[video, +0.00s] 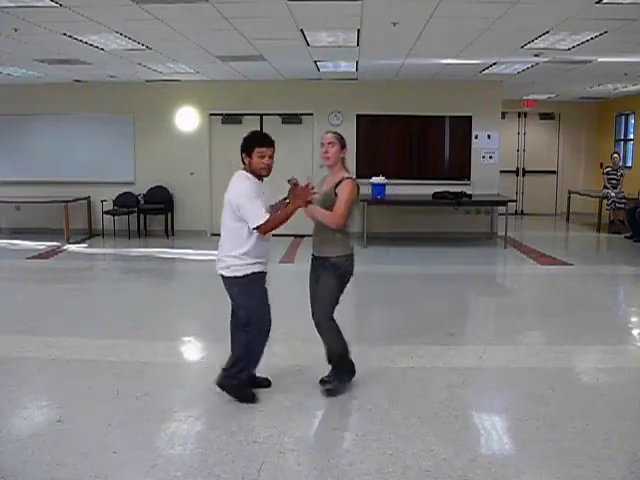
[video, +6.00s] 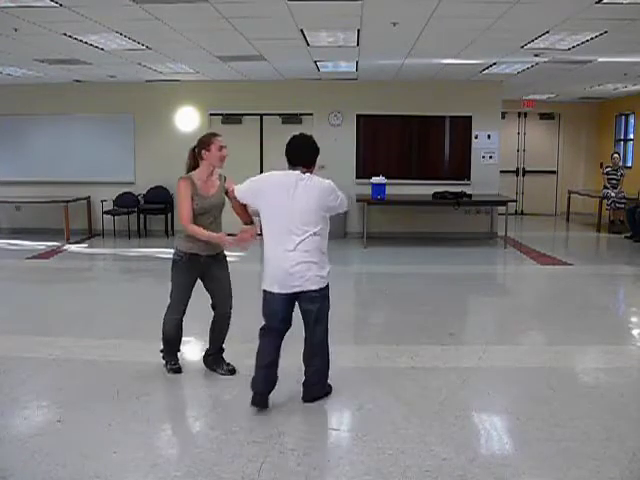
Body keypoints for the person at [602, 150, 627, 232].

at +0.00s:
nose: (615, 160)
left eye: (616, 158)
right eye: (613, 158)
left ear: (619, 160)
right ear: (611, 160)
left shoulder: (621, 171)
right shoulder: (607, 169)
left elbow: (621, 183)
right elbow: (605, 182)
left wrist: (617, 190)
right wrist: (611, 189)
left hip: (617, 188)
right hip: (608, 188)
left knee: (622, 196)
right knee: (612, 196)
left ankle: (621, 217)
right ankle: (611, 217)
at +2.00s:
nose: (615, 160)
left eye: (616, 158)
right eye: (613, 158)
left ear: (619, 159)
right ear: (611, 160)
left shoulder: (621, 170)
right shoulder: (606, 169)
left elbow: (621, 183)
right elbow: (605, 182)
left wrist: (617, 190)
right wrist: (611, 189)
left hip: (617, 188)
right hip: (608, 188)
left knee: (622, 196)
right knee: (611, 196)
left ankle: (621, 216)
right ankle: (611, 216)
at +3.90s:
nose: (615, 160)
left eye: (617, 158)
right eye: (613, 158)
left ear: (619, 160)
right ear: (611, 160)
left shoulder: (621, 170)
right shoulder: (606, 169)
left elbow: (621, 183)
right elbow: (605, 182)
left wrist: (617, 190)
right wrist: (611, 190)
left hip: (617, 188)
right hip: (608, 188)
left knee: (622, 196)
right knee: (611, 196)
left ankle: (621, 217)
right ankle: (611, 216)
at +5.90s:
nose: (615, 160)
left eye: (617, 158)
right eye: (614, 158)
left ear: (619, 160)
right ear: (611, 160)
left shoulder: (621, 171)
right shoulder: (606, 169)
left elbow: (621, 183)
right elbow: (605, 182)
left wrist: (617, 190)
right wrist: (611, 189)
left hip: (617, 188)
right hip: (608, 188)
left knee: (622, 196)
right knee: (611, 196)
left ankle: (621, 217)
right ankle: (612, 217)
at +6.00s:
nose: (615, 160)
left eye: (617, 158)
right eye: (614, 158)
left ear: (619, 160)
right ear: (611, 160)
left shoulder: (621, 171)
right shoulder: (606, 169)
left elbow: (621, 183)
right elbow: (605, 182)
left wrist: (617, 190)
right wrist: (611, 189)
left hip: (617, 188)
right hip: (608, 188)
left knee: (622, 196)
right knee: (611, 196)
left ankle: (621, 217)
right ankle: (612, 217)